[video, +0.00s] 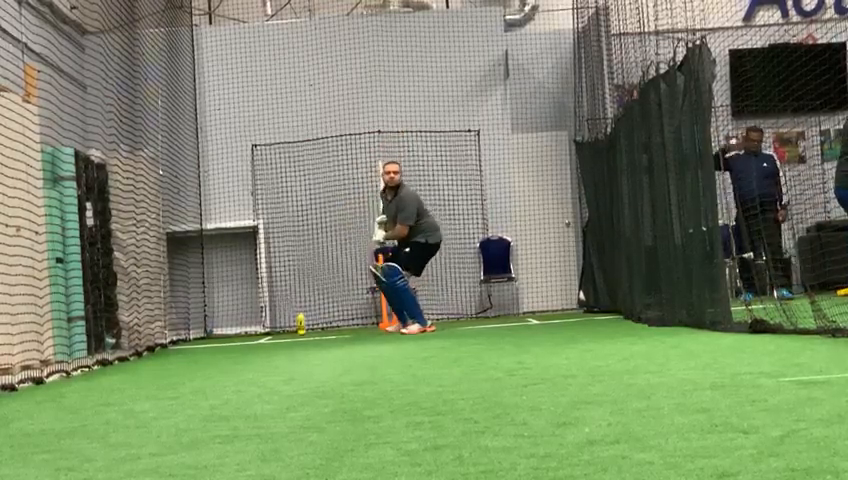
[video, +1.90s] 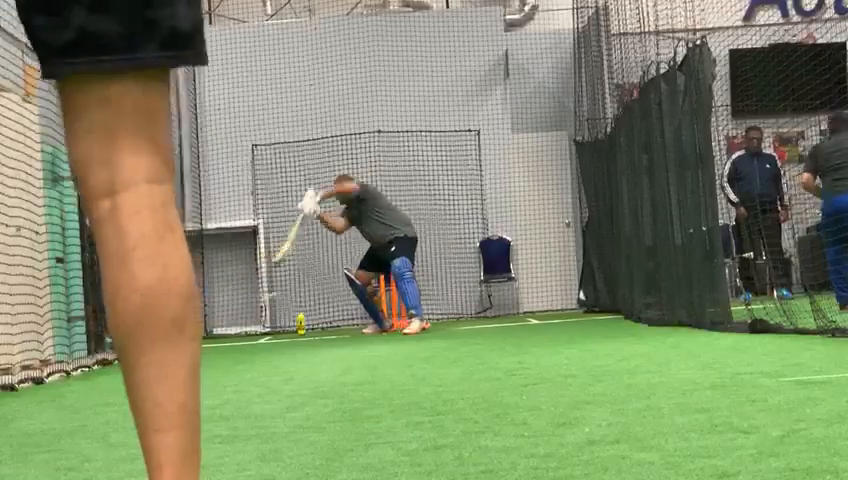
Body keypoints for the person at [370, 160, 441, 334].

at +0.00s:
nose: (391, 176)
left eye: (395, 173)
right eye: (388, 173)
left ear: (400, 175)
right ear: (383, 176)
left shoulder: (406, 196)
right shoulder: (385, 195)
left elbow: (402, 231)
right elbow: (391, 219)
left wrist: (384, 235)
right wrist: (383, 223)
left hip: (426, 239)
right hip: (410, 238)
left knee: (398, 275)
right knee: (387, 272)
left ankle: (419, 321)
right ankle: (403, 320)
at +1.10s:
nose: (367, 181)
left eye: (370, 176)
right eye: (363, 178)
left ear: (378, 176)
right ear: (359, 180)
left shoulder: (383, 194)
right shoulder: (372, 195)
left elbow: (382, 228)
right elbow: (379, 215)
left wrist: (373, 232)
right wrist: (372, 219)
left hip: (414, 231)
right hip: (401, 233)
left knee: (392, 262)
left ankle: (398, 319)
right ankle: (405, 317)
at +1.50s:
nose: (347, 200)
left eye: (350, 195)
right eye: (344, 197)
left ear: (360, 190)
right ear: (342, 197)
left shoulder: (367, 205)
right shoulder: (369, 199)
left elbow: (365, 241)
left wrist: (357, 243)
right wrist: (364, 227)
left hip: (399, 243)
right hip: (391, 243)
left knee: (373, 272)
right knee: (360, 279)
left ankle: (398, 324)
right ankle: (382, 324)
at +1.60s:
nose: (344, 197)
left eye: (346, 192)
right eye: (341, 194)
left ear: (356, 187)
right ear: (340, 193)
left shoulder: (367, 199)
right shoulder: (359, 204)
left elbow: (360, 232)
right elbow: (358, 229)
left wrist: (341, 238)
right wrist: (342, 235)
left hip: (399, 240)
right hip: (381, 245)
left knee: (383, 272)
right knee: (359, 282)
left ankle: (397, 323)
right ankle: (380, 324)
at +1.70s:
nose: (341, 194)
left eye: (342, 190)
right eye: (340, 190)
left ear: (350, 186)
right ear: (355, 186)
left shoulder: (363, 195)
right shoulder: (355, 205)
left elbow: (336, 216)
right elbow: (336, 229)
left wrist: (312, 231)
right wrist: (310, 241)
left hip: (402, 238)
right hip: (383, 245)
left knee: (396, 273)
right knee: (359, 282)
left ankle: (397, 320)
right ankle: (380, 322)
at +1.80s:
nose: (338, 197)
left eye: (339, 193)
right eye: (338, 194)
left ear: (347, 187)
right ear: (348, 187)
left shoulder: (364, 193)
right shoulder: (354, 207)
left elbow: (333, 211)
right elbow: (330, 225)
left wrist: (307, 216)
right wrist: (300, 230)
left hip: (403, 237)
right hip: (383, 245)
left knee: (400, 271)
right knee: (361, 280)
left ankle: (408, 320)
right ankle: (381, 323)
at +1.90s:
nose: (339, 194)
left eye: (341, 189)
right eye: (338, 191)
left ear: (350, 186)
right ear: (339, 193)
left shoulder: (364, 191)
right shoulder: (350, 210)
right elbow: (339, 228)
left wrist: (321, 196)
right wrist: (318, 214)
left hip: (401, 236)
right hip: (381, 244)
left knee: (400, 269)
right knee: (360, 280)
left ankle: (416, 318)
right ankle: (381, 323)